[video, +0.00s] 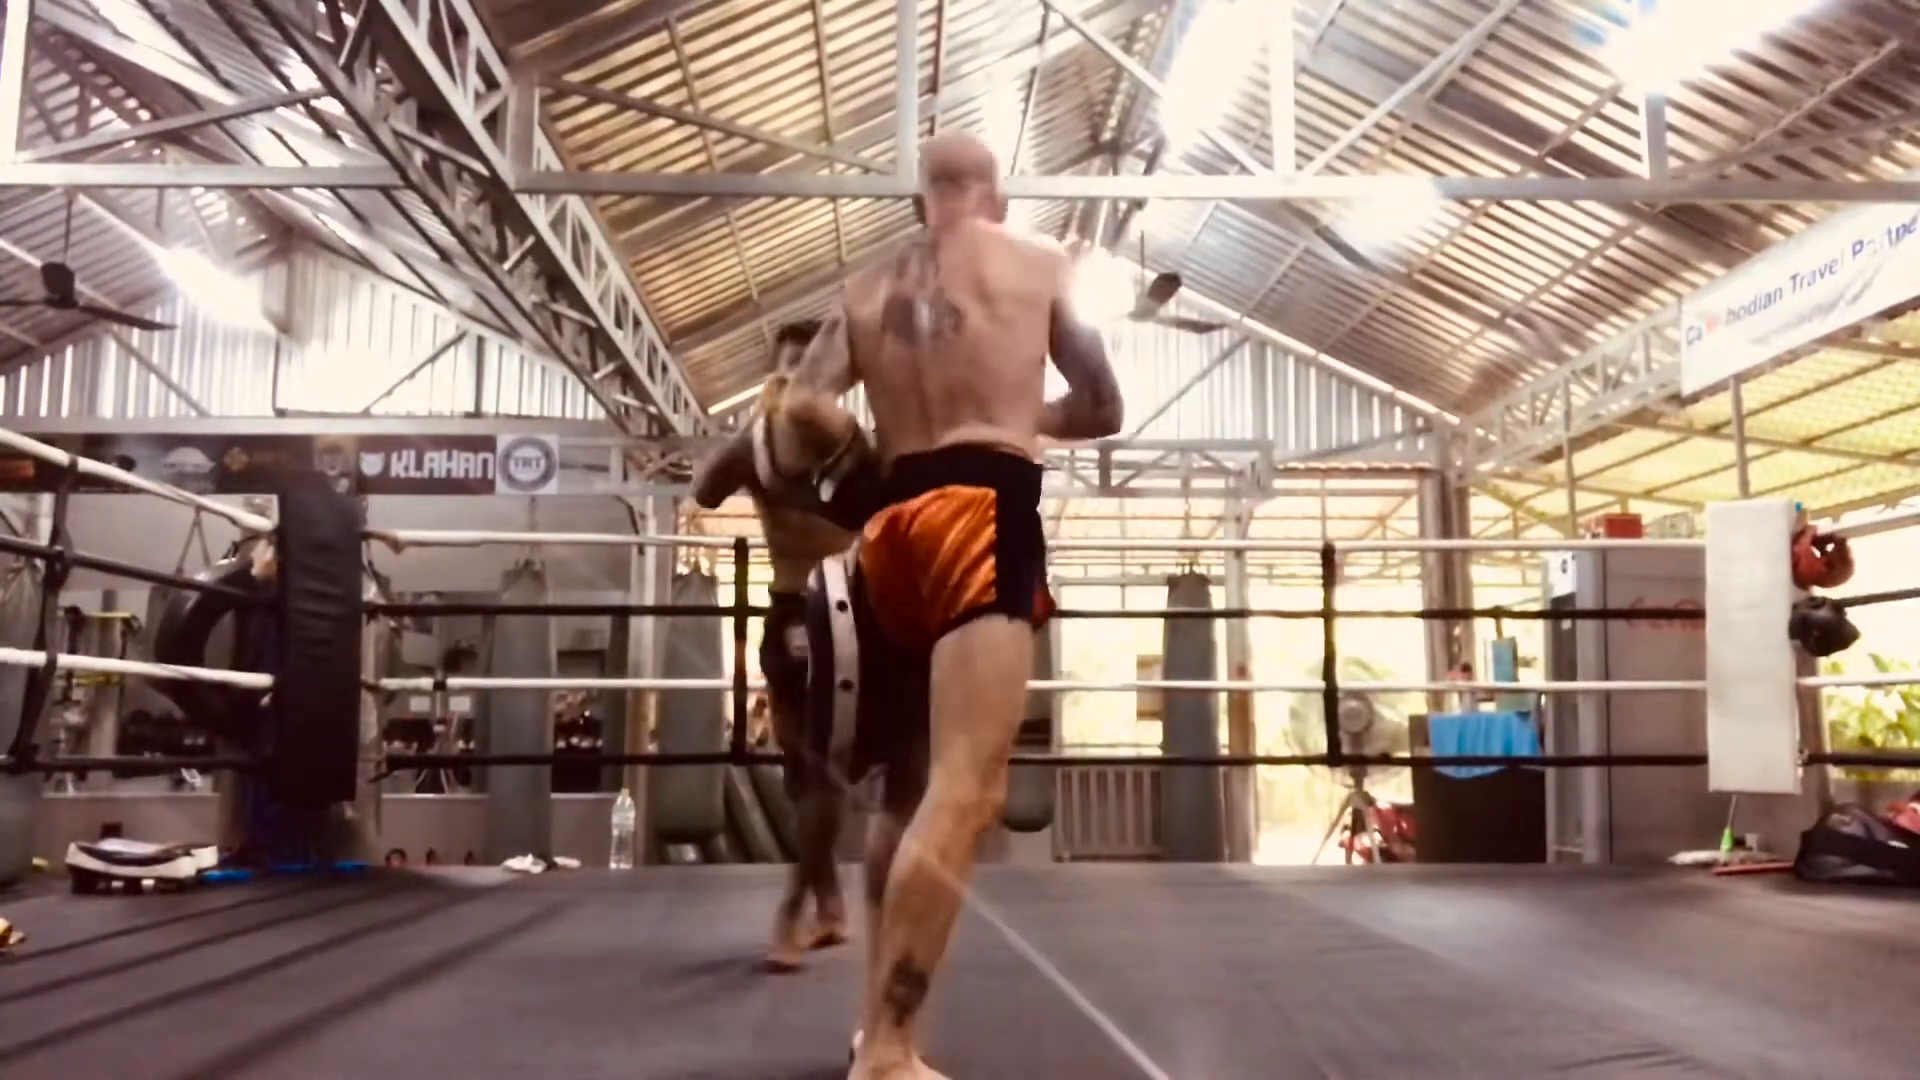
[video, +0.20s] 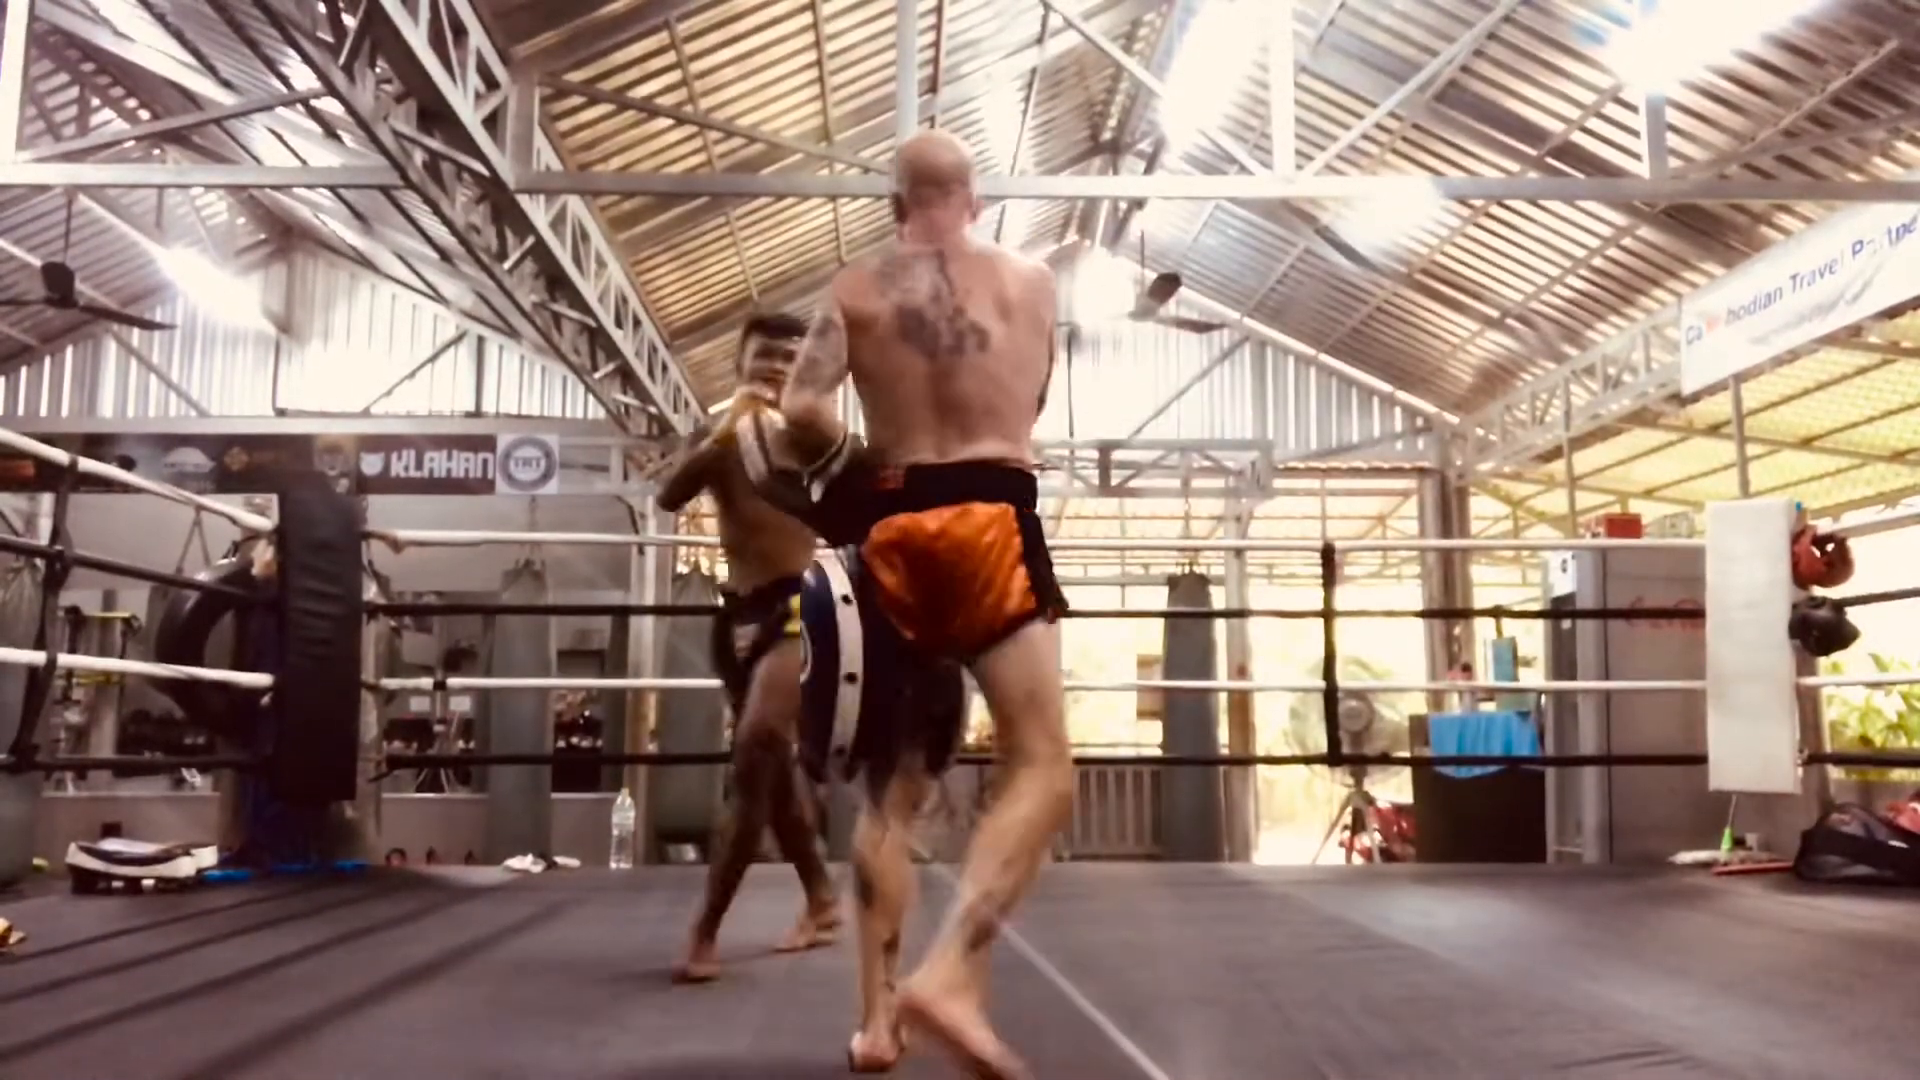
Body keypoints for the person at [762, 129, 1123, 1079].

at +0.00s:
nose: (997, 201)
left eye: (982, 187)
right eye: (997, 187)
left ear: (923, 192)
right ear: (993, 188)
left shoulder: (865, 288)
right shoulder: (1036, 263)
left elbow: (804, 405)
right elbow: (1102, 410)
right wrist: (1013, 416)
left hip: (890, 513)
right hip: (983, 504)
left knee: (910, 791)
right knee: (964, 790)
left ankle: (885, 1037)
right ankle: (885, 1049)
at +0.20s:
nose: (950, 208)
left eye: (919, 194)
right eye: (962, 189)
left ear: (897, 200)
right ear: (973, 195)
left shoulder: (853, 288)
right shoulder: (1033, 282)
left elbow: (806, 409)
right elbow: (1031, 403)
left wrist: (820, 439)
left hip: (893, 515)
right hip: (995, 511)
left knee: (898, 783)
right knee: (1041, 760)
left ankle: (877, 1019)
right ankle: (951, 976)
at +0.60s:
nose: (919, 228)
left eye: (924, 213)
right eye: (923, 213)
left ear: (950, 214)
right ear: (998, 220)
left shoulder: (944, 288)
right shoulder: (1052, 314)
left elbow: (941, 409)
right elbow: (1040, 437)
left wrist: (868, 464)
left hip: (958, 533)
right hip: (1040, 534)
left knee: (907, 795)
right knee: (1039, 778)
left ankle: (891, 1012)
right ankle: (1100, 979)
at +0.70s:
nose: (926, 242)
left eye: (933, 226)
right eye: (929, 226)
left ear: (965, 228)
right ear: (1007, 234)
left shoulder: (971, 305)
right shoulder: (1061, 323)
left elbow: (987, 419)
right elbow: (964, 423)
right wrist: (928, 347)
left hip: (987, 548)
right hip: (1055, 539)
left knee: (928, 788)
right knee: (1051, 777)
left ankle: (913, 1006)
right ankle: (1102, 982)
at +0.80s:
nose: (931, 264)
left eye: (937, 248)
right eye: (930, 251)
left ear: (975, 241)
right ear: (990, 240)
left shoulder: (1018, 299)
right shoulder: (1016, 321)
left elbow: (1057, 385)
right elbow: (958, 449)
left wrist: (989, 485)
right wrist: (916, 362)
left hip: (1013, 562)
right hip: (1045, 564)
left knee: (961, 778)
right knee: (1062, 776)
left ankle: (936, 997)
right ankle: (1103, 982)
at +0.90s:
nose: (934, 277)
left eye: (939, 259)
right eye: (931, 263)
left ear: (982, 250)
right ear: (981, 254)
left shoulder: (1040, 305)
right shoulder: (1013, 350)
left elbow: (1113, 393)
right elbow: (929, 439)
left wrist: (1082, 512)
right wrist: (848, 372)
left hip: (1053, 524)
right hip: (1043, 527)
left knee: (1002, 757)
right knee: (1070, 771)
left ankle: (984, 998)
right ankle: (1103, 984)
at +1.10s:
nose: (973, 248)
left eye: (985, 230)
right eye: (970, 235)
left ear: (1040, 225)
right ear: (1002, 240)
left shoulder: (1098, 293)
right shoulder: (1014, 342)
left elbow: (1185, 404)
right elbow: (906, 398)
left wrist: (1191, 508)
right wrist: (797, 369)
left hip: (1103, 518)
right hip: (1053, 529)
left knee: (1096, 755)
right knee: (1076, 759)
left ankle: (1156, 1002)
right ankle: (1103, 986)